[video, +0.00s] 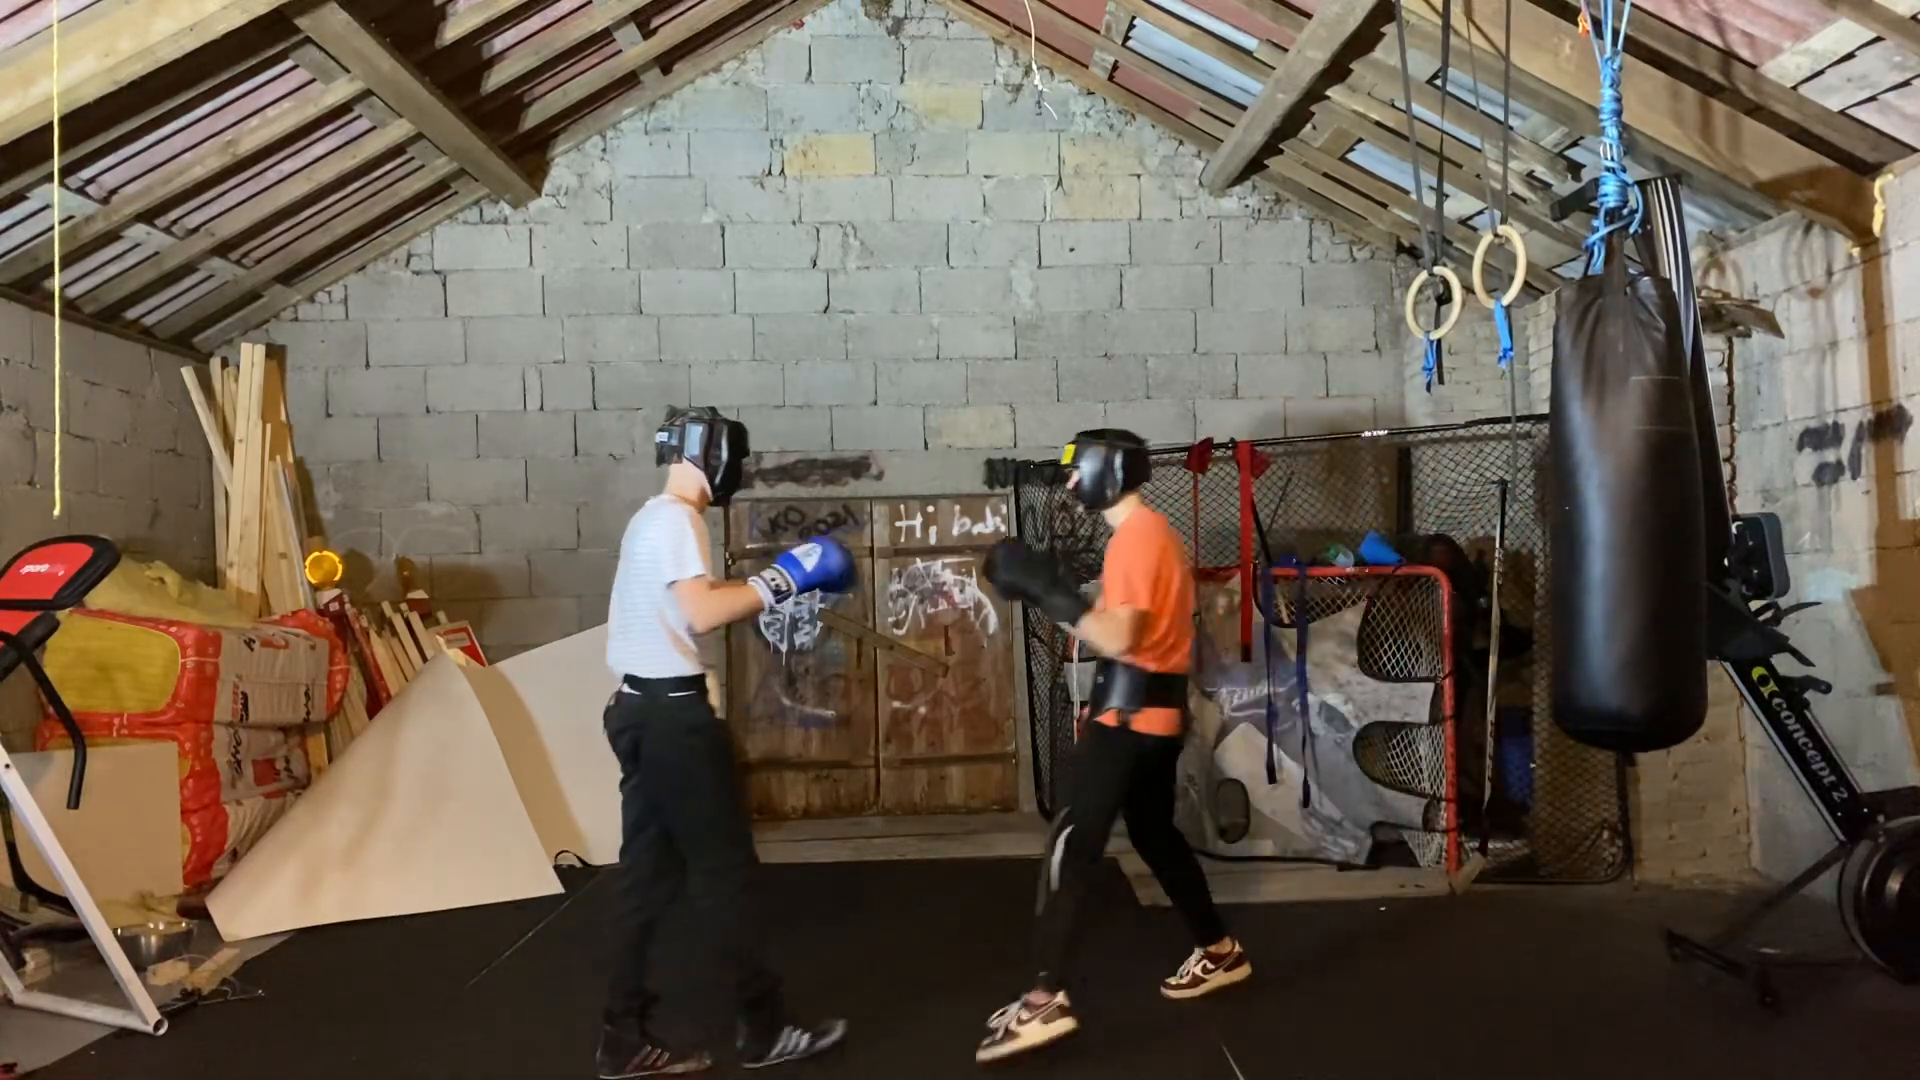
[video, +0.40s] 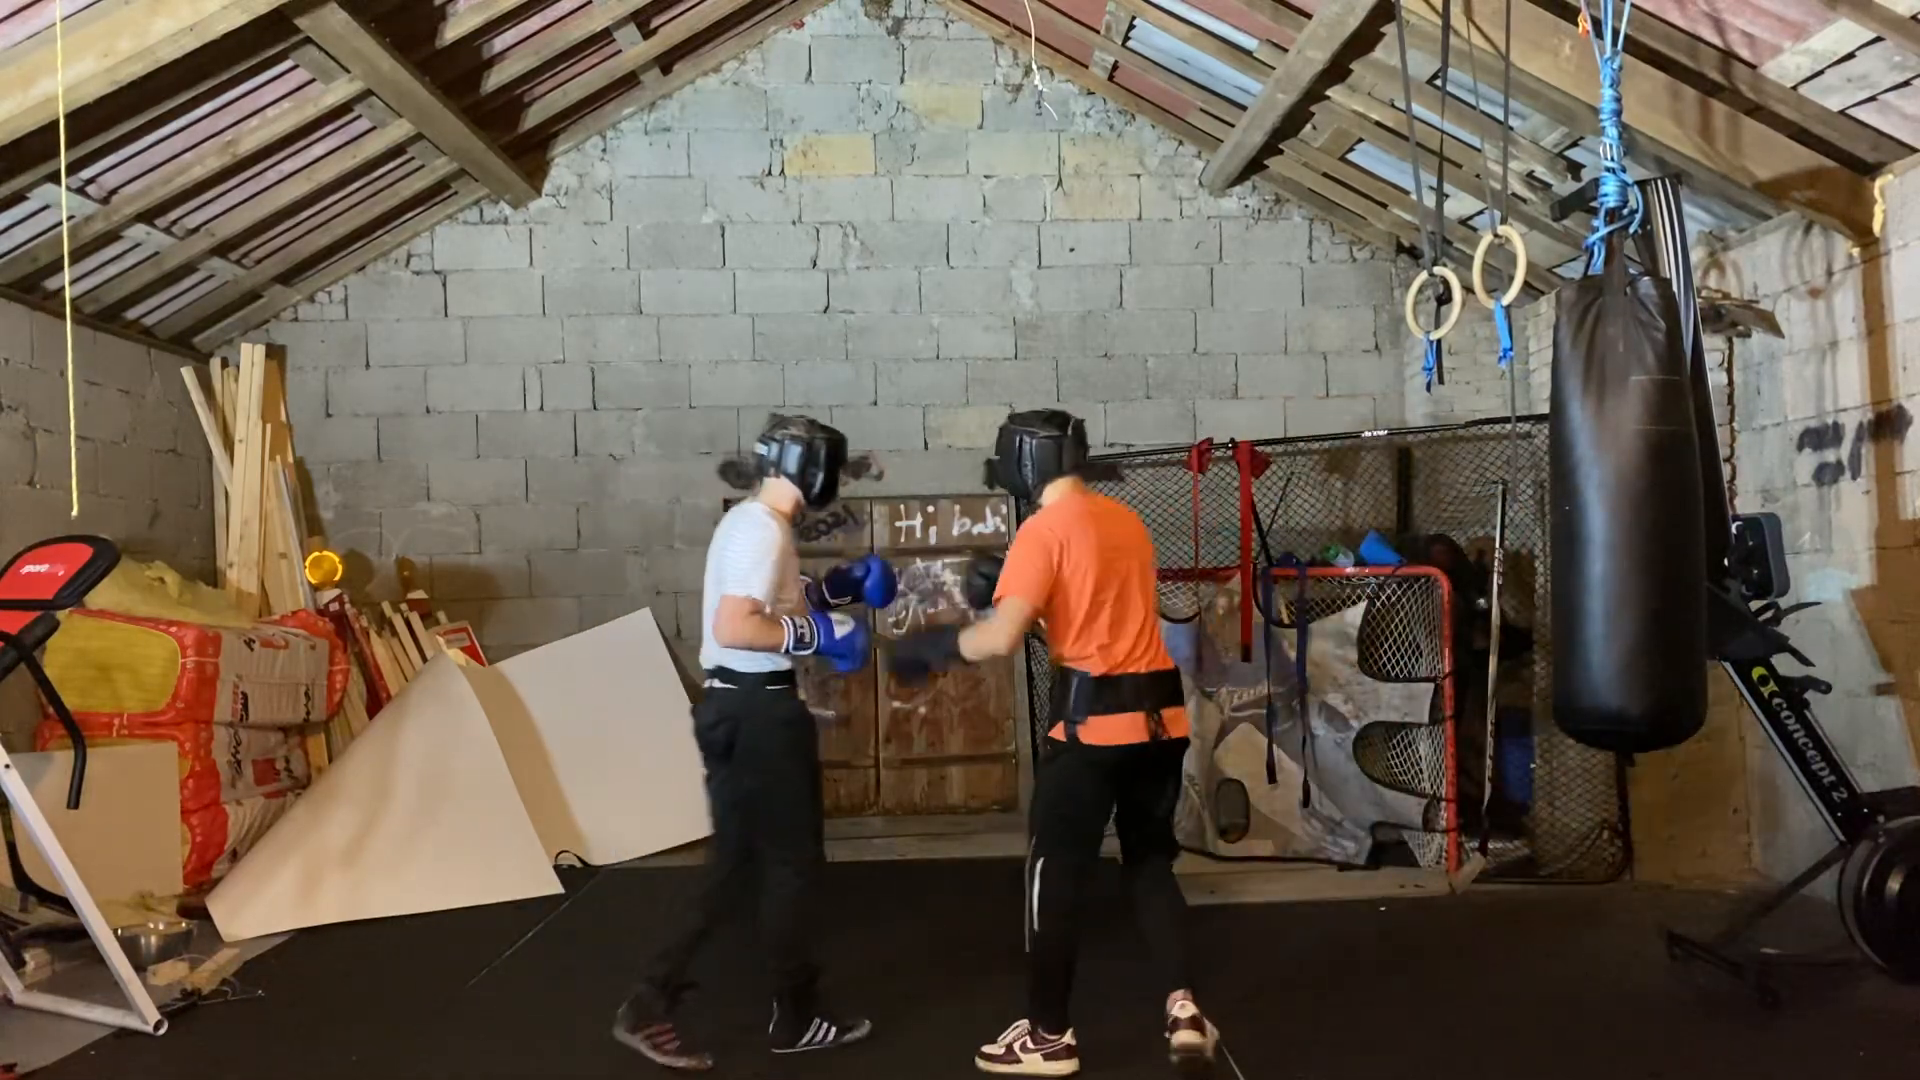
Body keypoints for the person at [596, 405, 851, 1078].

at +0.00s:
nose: (731, 480)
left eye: (732, 466)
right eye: (728, 466)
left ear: (677, 457)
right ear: (707, 459)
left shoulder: (649, 520)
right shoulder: (676, 520)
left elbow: (686, 613)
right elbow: (698, 609)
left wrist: (758, 596)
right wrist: (783, 578)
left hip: (638, 710)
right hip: (674, 714)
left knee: (647, 875)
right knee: (729, 869)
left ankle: (623, 1043)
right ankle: (761, 1027)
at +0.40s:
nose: (830, 488)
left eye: (831, 475)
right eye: (829, 475)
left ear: (776, 464)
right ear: (809, 473)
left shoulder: (752, 523)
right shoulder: (761, 530)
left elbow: (778, 603)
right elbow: (734, 625)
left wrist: (834, 591)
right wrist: (810, 635)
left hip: (734, 706)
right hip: (761, 709)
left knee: (738, 867)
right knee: (793, 863)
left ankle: (648, 1008)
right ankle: (793, 1019)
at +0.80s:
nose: (897, 487)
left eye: (896, 477)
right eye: (894, 478)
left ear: (839, 471)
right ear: (880, 478)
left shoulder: (809, 525)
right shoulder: (855, 531)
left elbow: (829, 598)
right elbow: (852, 611)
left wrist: (890, 558)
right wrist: (927, 614)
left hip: (811, 695)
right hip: (840, 701)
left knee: (861, 839)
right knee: (835, 851)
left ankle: (874, 971)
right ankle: (794, 1019)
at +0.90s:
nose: (914, 496)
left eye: (913, 485)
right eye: (910, 486)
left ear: (858, 481)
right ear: (895, 486)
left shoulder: (829, 533)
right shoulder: (877, 536)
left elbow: (854, 598)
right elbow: (869, 608)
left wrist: (912, 564)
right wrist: (946, 626)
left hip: (835, 701)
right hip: (861, 707)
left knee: (897, 836)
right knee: (866, 853)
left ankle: (896, 975)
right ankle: (797, 1014)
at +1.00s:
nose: (936, 498)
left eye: (937, 488)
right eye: (932, 488)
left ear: (881, 485)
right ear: (915, 490)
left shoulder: (860, 534)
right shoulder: (887, 537)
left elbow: (892, 608)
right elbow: (871, 610)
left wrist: (930, 570)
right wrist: (948, 641)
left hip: (868, 704)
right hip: (879, 707)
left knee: (917, 837)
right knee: (919, 842)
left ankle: (899, 974)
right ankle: (813, 990)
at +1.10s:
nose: (953, 490)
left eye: (954, 479)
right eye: (948, 479)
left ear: (906, 477)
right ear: (927, 480)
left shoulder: (915, 533)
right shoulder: (892, 531)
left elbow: (929, 618)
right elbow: (867, 606)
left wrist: (946, 570)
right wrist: (946, 640)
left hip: (905, 694)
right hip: (896, 697)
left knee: (927, 836)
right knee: (955, 837)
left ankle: (903, 971)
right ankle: (861, 968)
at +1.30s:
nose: (988, 491)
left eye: (990, 480)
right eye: (978, 481)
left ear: (979, 478)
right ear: (947, 483)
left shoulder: (969, 531)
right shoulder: (917, 537)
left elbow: (990, 616)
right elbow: (892, 618)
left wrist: (991, 570)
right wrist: (972, 631)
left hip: (960, 692)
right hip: (931, 697)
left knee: (932, 836)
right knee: (983, 838)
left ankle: (900, 969)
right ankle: (1007, 1007)